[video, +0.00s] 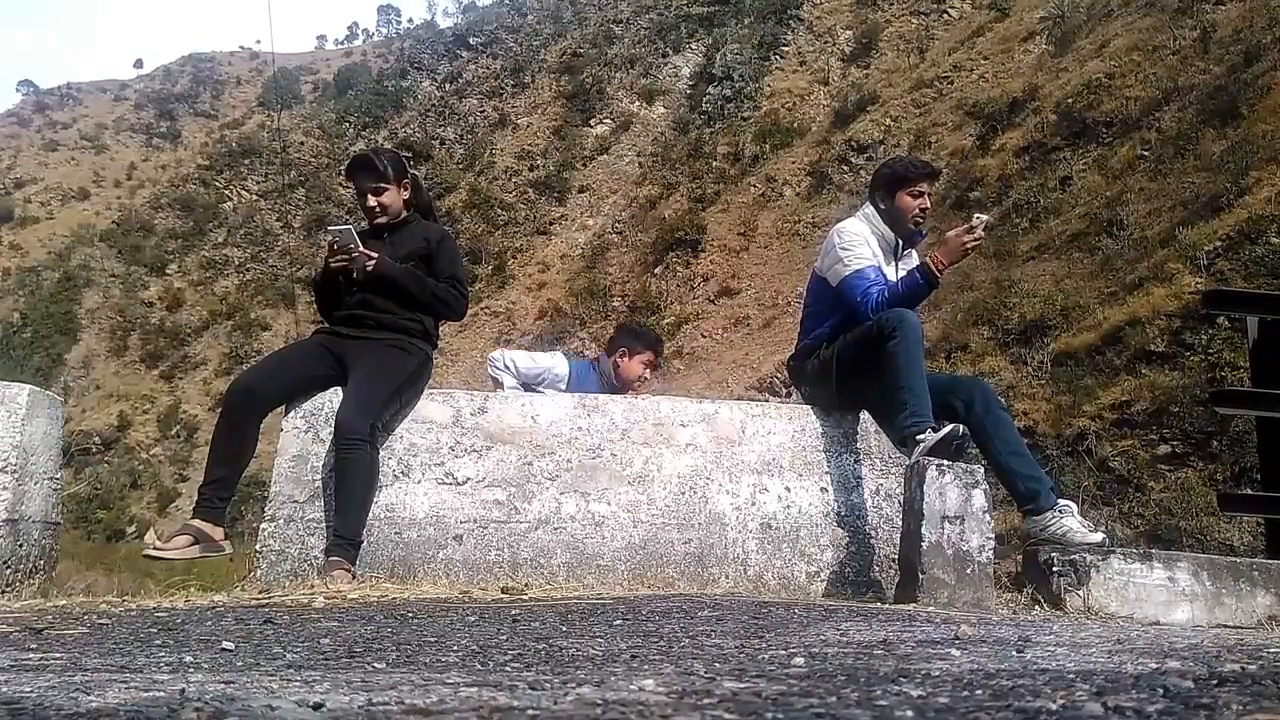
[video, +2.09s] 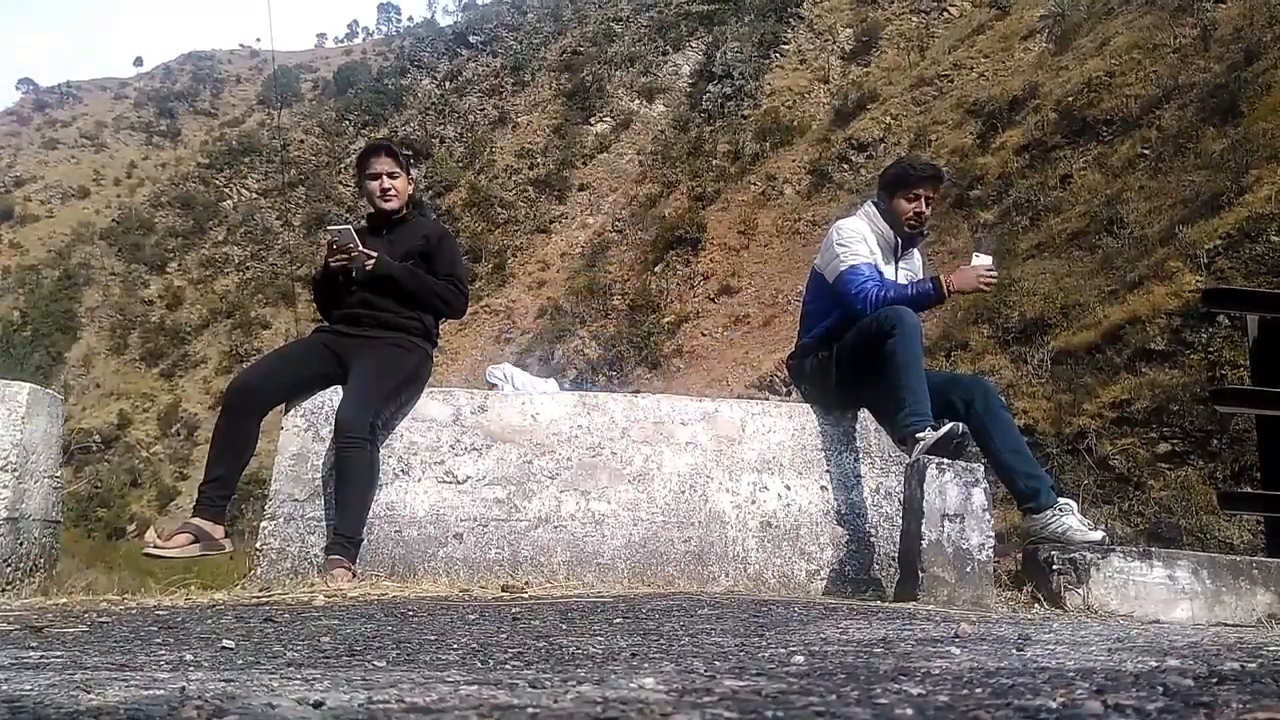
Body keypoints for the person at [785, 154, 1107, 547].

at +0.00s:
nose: (925, 204)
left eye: (927, 195)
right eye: (915, 195)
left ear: (926, 200)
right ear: (884, 197)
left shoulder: (906, 246)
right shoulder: (849, 235)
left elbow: (895, 309)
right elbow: (871, 305)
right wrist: (938, 261)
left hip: (876, 375)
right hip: (824, 373)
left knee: (975, 394)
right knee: (900, 324)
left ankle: (1043, 510)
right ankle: (917, 436)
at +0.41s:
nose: (926, 206)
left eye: (929, 198)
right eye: (916, 197)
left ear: (928, 204)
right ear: (885, 199)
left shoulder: (906, 247)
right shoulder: (850, 236)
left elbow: (895, 308)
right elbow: (870, 306)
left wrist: (944, 260)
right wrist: (937, 263)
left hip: (876, 376)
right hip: (824, 374)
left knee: (975, 394)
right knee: (900, 325)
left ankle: (1043, 512)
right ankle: (917, 436)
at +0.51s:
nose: (927, 206)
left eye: (929, 198)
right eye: (917, 197)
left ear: (928, 204)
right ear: (886, 199)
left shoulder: (907, 246)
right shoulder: (850, 236)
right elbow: (872, 304)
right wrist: (937, 262)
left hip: (876, 377)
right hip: (825, 374)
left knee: (974, 393)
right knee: (900, 324)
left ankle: (1044, 512)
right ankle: (917, 436)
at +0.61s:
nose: (928, 205)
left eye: (930, 197)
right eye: (918, 196)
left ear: (930, 203)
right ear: (887, 199)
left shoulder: (909, 245)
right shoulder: (853, 235)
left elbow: (894, 308)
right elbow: (873, 304)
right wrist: (937, 262)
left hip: (876, 376)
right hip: (824, 373)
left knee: (974, 393)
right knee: (900, 324)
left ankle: (1043, 511)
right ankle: (917, 437)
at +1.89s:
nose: (928, 207)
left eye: (932, 199)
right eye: (917, 196)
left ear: (933, 204)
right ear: (887, 197)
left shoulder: (911, 247)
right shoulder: (851, 232)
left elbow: (895, 304)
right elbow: (869, 300)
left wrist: (944, 268)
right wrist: (940, 268)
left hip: (878, 374)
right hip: (825, 371)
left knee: (975, 390)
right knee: (897, 321)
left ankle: (1043, 509)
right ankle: (917, 434)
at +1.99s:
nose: (925, 207)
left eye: (930, 199)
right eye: (914, 197)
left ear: (931, 204)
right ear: (886, 197)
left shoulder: (910, 250)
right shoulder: (849, 231)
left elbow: (897, 308)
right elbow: (868, 299)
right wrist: (943, 275)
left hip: (879, 376)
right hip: (825, 371)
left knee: (975, 390)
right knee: (897, 320)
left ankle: (1043, 509)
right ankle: (917, 433)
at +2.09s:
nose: (920, 209)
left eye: (928, 202)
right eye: (910, 198)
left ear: (932, 207)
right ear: (885, 197)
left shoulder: (910, 253)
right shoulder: (849, 232)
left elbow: (903, 308)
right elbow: (865, 297)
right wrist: (945, 284)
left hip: (879, 376)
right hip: (825, 373)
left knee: (975, 391)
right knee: (898, 321)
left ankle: (1043, 510)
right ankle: (917, 434)